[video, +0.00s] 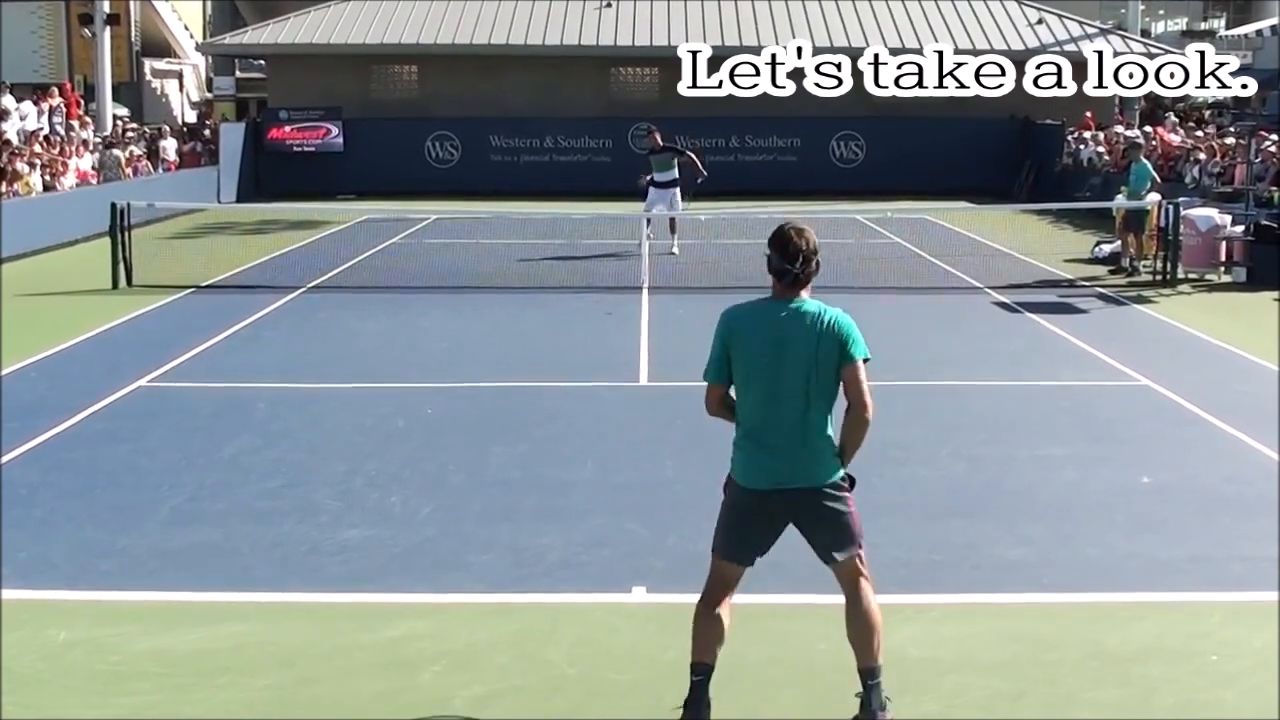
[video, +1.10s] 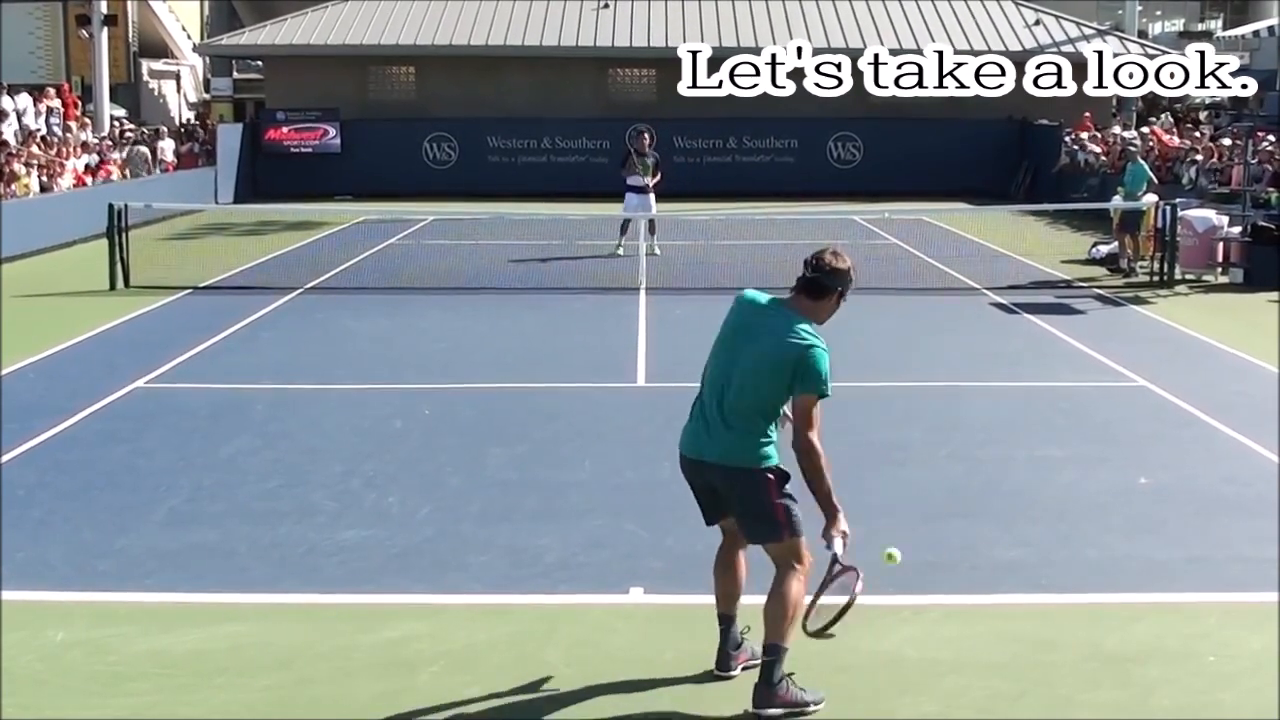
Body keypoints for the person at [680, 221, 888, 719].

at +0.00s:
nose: (781, 270)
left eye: (773, 262)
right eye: (803, 263)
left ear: (769, 267)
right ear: (814, 270)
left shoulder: (735, 320)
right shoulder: (836, 324)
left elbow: (716, 403)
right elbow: (861, 406)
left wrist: (762, 417)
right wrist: (841, 463)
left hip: (752, 481)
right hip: (818, 480)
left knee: (717, 591)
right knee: (857, 583)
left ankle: (697, 701)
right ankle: (873, 701)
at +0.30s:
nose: (810, 264)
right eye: (814, 258)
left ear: (769, 257)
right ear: (813, 263)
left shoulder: (730, 306)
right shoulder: (811, 317)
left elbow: (723, 382)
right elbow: (827, 400)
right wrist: (830, 447)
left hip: (722, 468)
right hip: (783, 470)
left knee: (707, 578)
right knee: (828, 579)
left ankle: (671, 695)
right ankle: (851, 701)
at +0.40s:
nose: (816, 258)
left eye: (812, 250)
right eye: (816, 252)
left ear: (770, 253)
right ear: (811, 258)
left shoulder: (737, 299)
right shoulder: (795, 311)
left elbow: (768, 357)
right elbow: (809, 396)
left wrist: (839, 360)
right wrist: (844, 426)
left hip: (715, 457)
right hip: (769, 461)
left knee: (706, 572)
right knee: (814, 567)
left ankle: (670, 692)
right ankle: (828, 694)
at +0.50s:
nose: (821, 254)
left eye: (819, 247)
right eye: (820, 248)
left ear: (773, 246)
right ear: (814, 252)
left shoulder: (751, 290)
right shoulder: (787, 299)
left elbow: (807, 331)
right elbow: (791, 374)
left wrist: (867, 322)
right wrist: (862, 393)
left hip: (717, 449)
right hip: (765, 454)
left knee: (713, 562)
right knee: (798, 562)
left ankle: (671, 684)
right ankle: (786, 686)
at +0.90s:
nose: (843, 290)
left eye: (844, 282)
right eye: (846, 283)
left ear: (805, 268)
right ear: (839, 282)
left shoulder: (792, 309)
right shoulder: (793, 310)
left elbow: (847, 349)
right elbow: (762, 358)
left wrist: (914, 376)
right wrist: (805, 407)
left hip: (709, 441)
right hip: (741, 446)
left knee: (745, 538)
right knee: (787, 560)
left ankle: (732, 646)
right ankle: (775, 687)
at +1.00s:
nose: (843, 305)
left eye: (845, 297)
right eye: (846, 297)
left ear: (805, 280)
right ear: (837, 294)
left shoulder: (767, 308)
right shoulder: (798, 330)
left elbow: (809, 368)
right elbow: (780, 398)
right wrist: (792, 471)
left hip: (701, 449)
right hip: (742, 456)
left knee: (744, 538)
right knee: (795, 562)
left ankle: (731, 647)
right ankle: (774, 687)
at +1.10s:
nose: (838, 310)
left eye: (840, 301)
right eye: (841, 302)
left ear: (800, 282)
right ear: (833, 298)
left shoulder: (747, 302)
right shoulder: (809, 349)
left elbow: (740, 365)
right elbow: (805, 441)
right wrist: (832, 512)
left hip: (697, 453)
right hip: (748, 464)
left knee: (733, 536)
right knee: (794, 562)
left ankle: (729, 648)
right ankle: (773, 682)